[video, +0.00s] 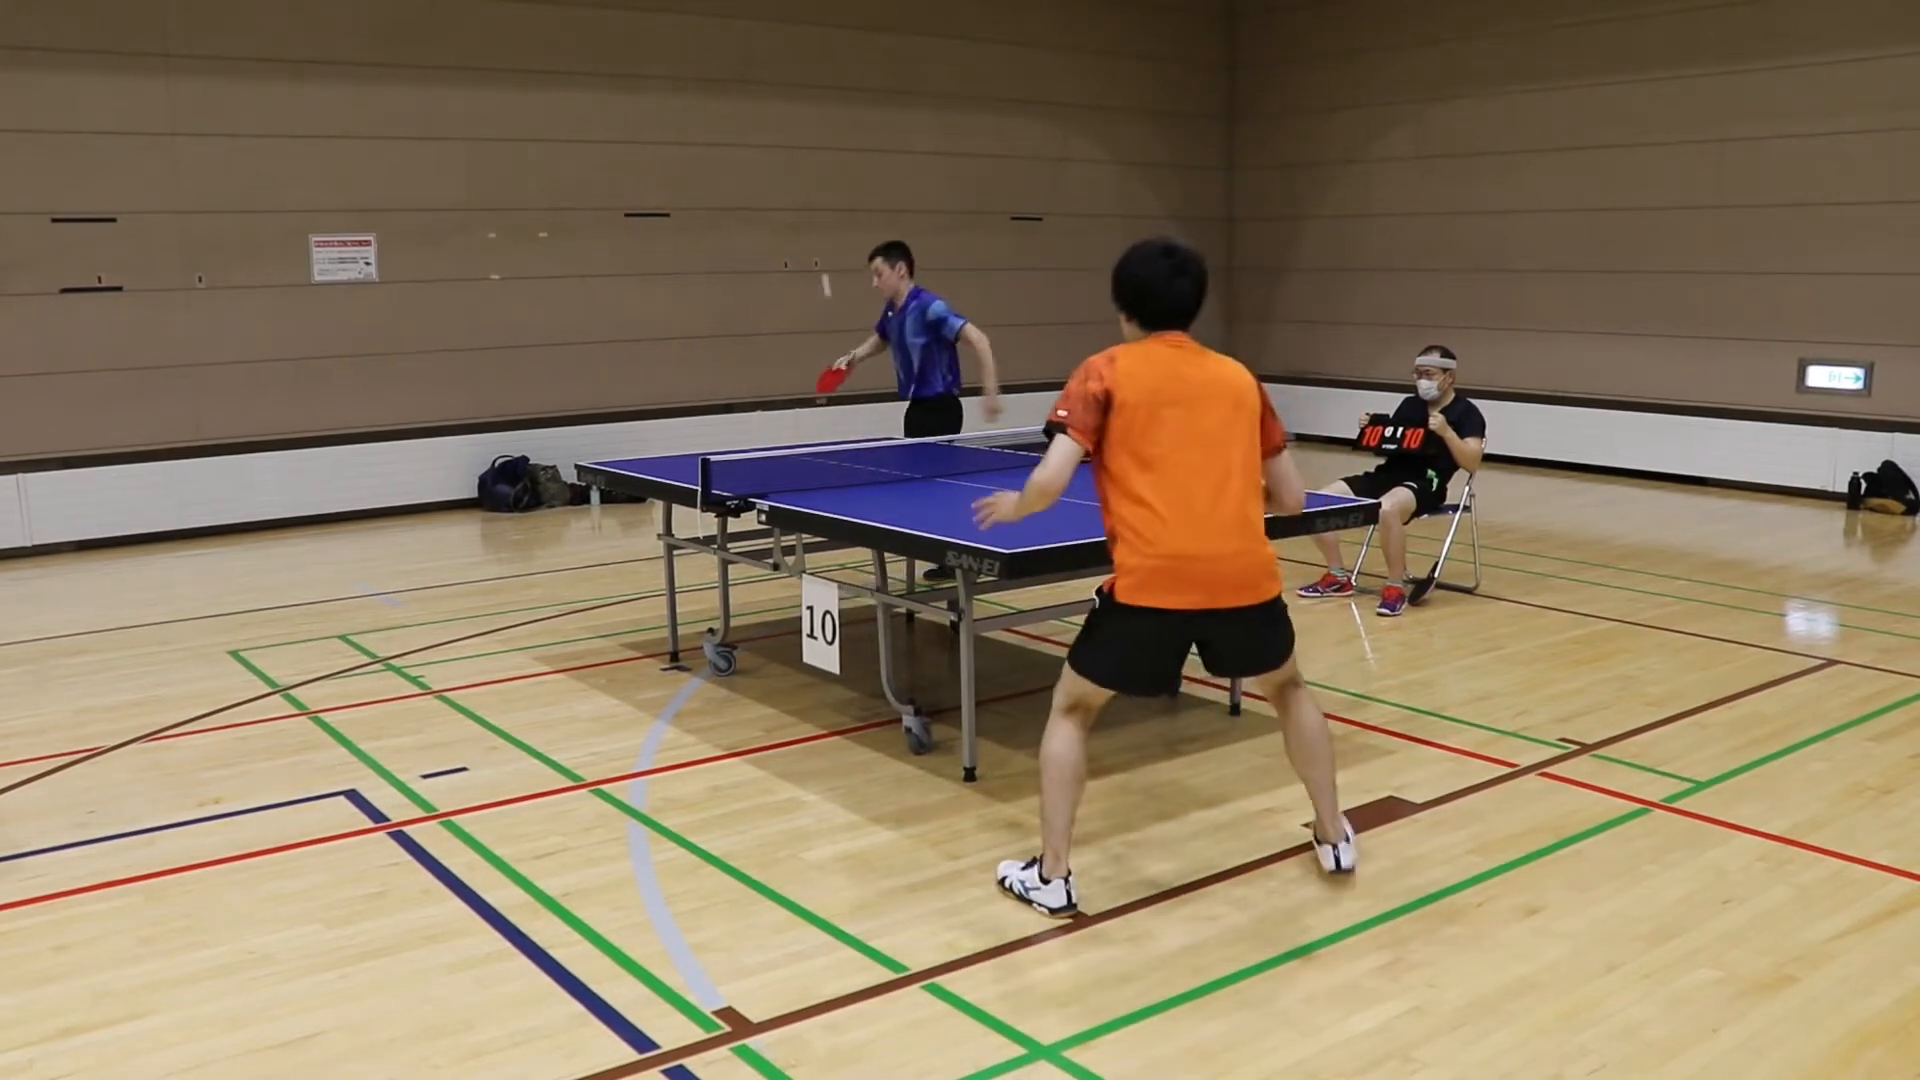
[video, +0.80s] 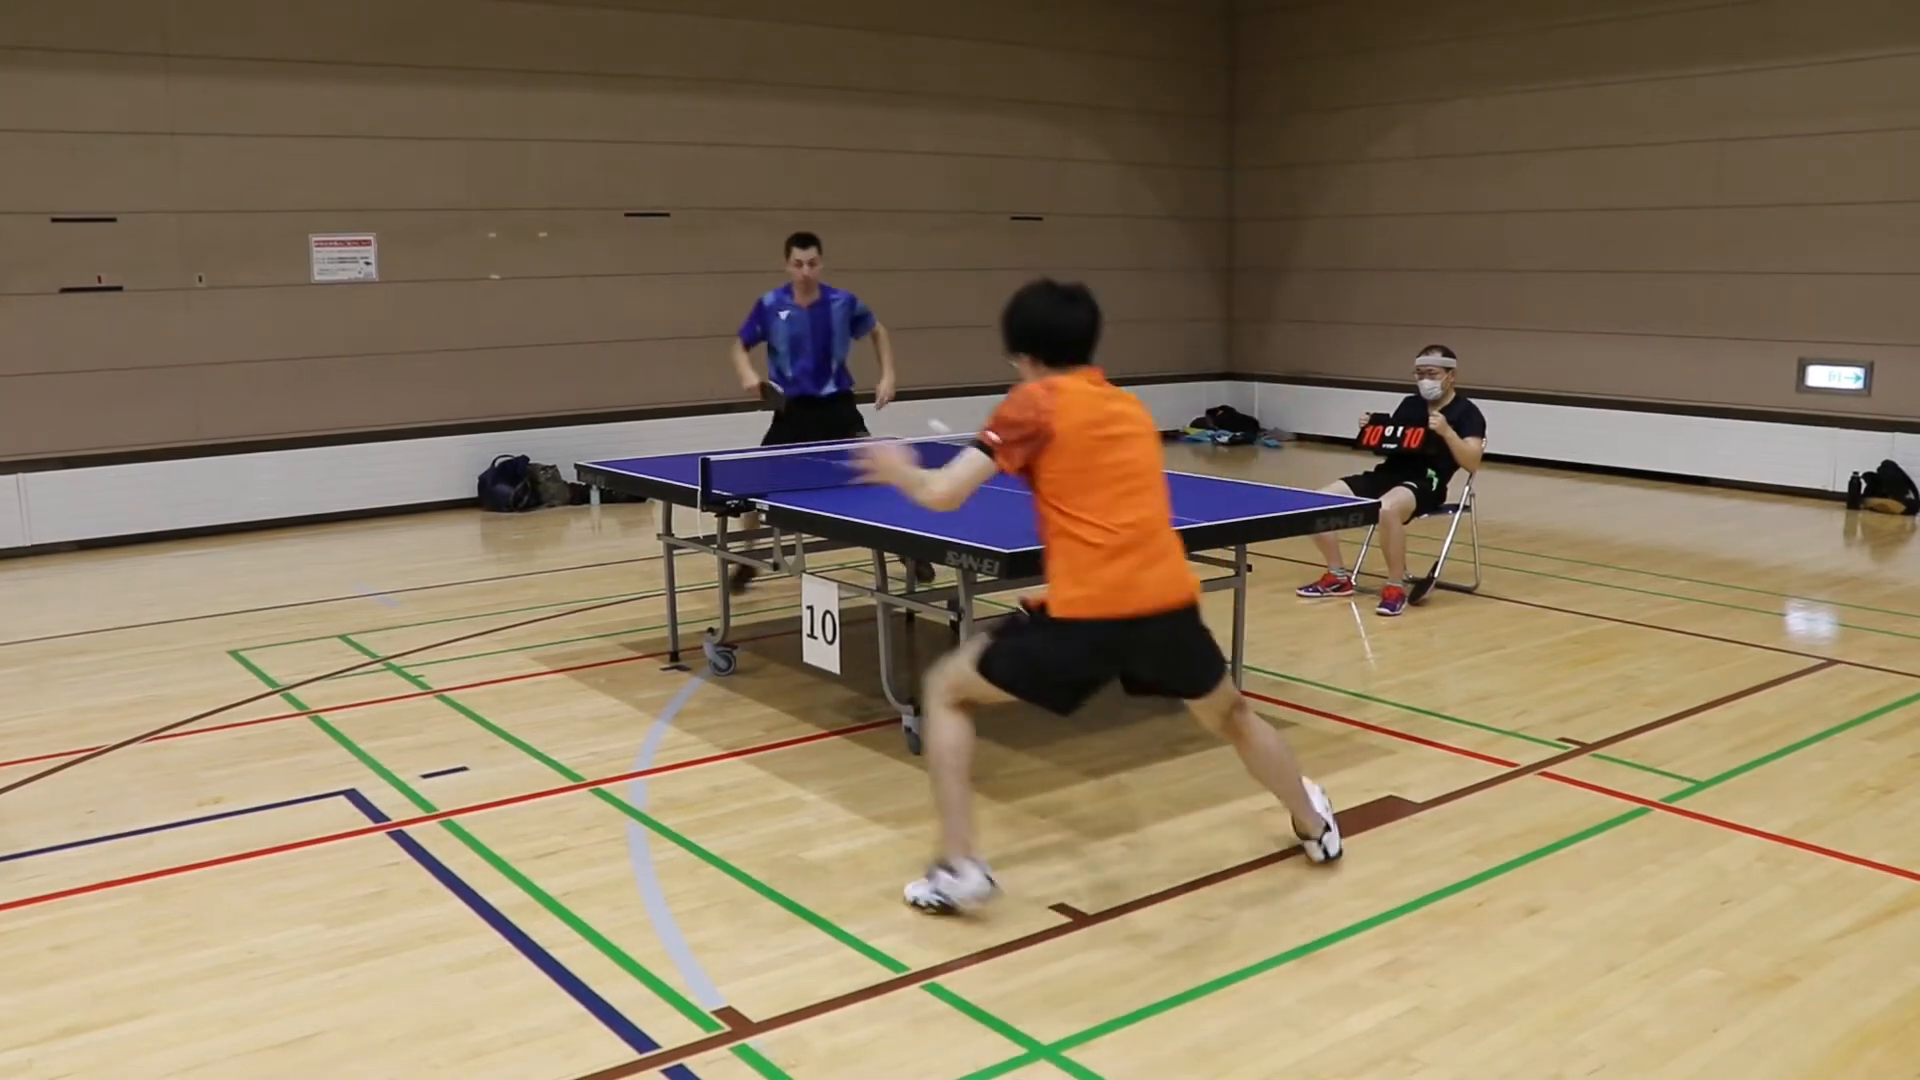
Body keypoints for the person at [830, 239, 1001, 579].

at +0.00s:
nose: (874, 283)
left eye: (878, 274)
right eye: (872, 275)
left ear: (901, 270)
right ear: (894, 273)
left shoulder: (928, 307)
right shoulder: (893, 309)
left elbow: (979, 339)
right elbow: (878, 341)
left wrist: (990, 393)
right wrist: (852, 357)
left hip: (940, 410)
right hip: (918, 410)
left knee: (934, 485)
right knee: (925, 486)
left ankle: (955, 559)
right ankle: (947, 558)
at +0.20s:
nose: (887, 298)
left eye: (895, 290)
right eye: (883, 290)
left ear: (911, 285)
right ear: (876, 287)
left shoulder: (932, 320)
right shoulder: (872, 306)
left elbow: (980, 349)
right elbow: (861, 332)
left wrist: (1010, 390)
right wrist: (865, 363)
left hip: (920, 412)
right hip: (887, 411)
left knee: (922, 485)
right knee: (897, 485)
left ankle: (949, 561)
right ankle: (945, 557)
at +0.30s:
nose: (891, 285)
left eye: (898, 278)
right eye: (885, 277)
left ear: (909, 274)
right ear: (875, 272)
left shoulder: (926, 310)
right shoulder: (858, 291)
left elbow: (966, 344)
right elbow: (842, 320)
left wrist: (979, 384)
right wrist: (846, 356)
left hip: (904, 401)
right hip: (866, 399)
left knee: (921, 466)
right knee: (868, 470)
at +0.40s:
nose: (876, 279)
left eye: (882, 271)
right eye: (869, 272)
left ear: (893, 269)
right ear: (857, 269)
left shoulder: (908, 304)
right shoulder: (839, 293)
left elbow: (939, 339)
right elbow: (822, 323)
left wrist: (946, 381)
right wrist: (830, 357)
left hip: (893, 403)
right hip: (850, 402)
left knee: (915, 477)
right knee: (842, 473)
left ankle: (942, 564)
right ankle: (853, 546)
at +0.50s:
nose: (856, 286)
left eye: (862, 278)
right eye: (849, 279)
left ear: (872, 278)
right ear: (837, 279)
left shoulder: (889, 314)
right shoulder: (820, 308)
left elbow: (916, 348)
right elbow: (797, 343)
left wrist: (924, 387)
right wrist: (810, 376)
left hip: (877, 412)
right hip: (832, 412)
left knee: (907, 483)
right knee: (804, 480)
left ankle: (938, 565)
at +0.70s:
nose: (819, 272)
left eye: (826, 265)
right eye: (813, 265)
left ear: (835, 267)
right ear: (802, 266)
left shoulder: (854, 305)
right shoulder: (783, 305)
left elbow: (886, 337)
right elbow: (753, 342)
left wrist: (899, 382)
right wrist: (763, 375)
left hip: (846, 411)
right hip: (799, 411)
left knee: (888, 477)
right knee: (782, 481)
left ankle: (921, 558)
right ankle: (782, 560)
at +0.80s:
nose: (806, 270)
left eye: (812, 264)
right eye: (799, 264)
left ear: (822, 265)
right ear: (787, 265)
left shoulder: (843, 303)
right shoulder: (770, 306)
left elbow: (878, 331)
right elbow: (740, 346)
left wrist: (887, 376)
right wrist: (750, 377)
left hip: (838, 410)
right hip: (792, 412)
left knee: (879, 477)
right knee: (757, 480)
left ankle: (912, 552)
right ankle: (746, 558)